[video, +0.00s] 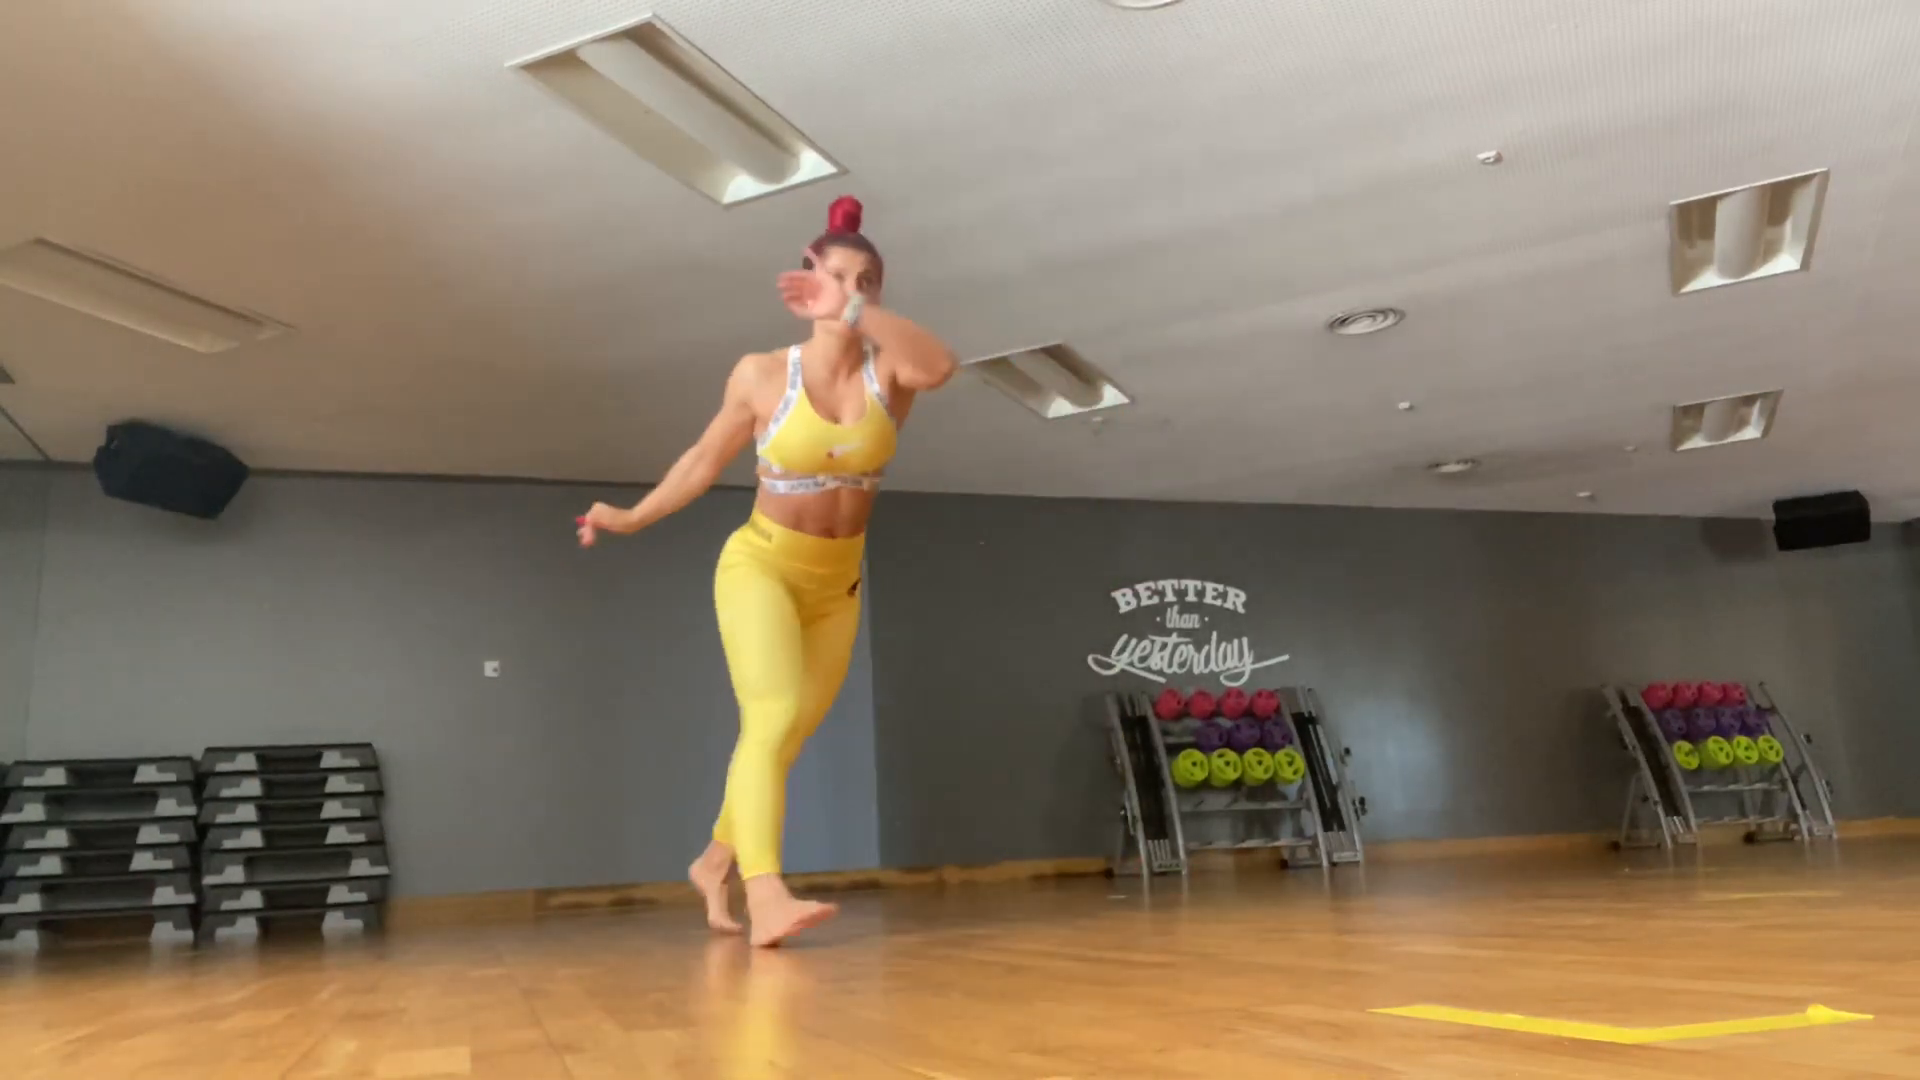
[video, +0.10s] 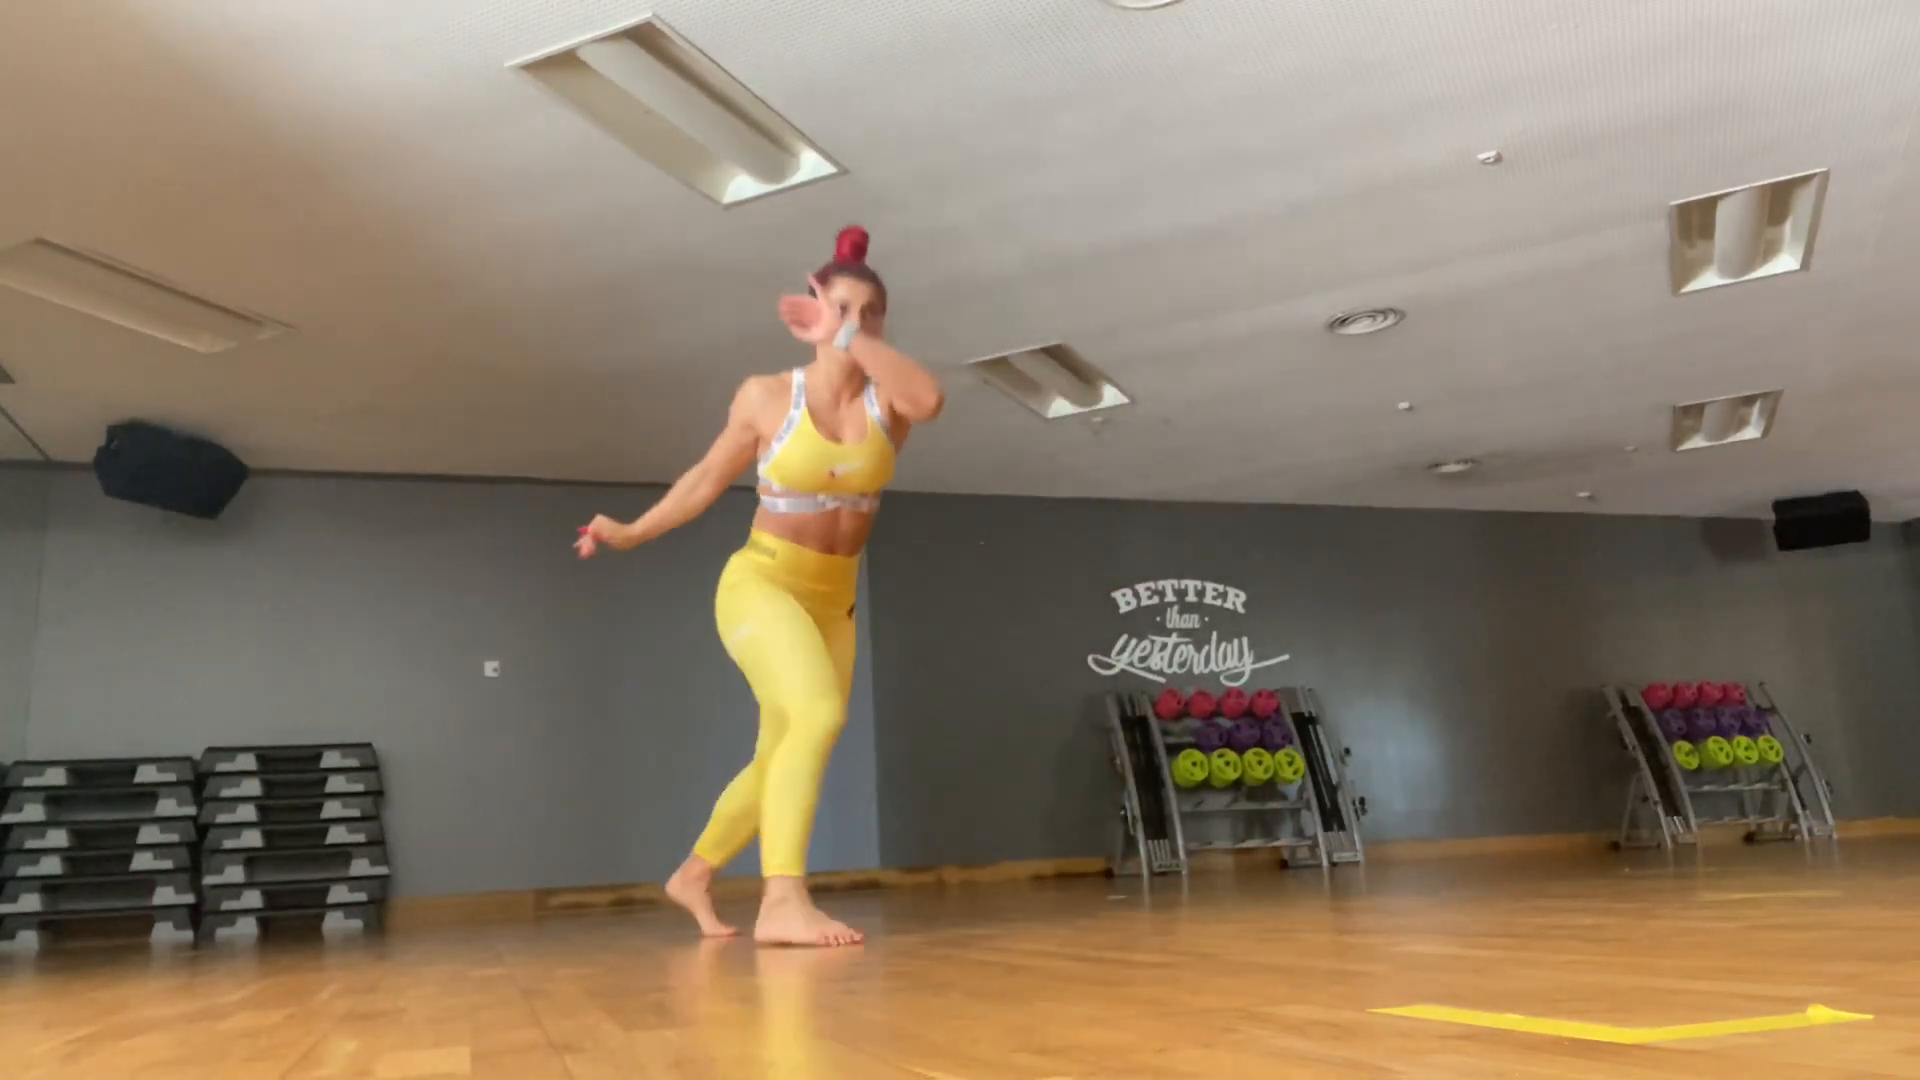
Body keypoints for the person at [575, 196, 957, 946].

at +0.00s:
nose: (845, 290)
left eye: (859, 279)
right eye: (832, 274)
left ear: (874, 294)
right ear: (805, 284)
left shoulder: (889, 374)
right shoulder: (762, 375)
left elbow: (935, 365)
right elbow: (701, 463)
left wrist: (852, 308)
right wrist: (633, 517)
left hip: (838, 582)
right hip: (761, 563)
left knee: (790, 735)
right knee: (770, 716)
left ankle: (714, 862)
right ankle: (767, 894)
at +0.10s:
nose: (859, 324)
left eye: (869, 314)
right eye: (846, 309)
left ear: (877, 323)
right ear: (812, 313)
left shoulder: (887, 402)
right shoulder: (767, 397)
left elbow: (924, 397)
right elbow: (703, 483)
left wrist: (842, 333)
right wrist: (632, 532)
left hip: (833, 601)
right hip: (761, 583)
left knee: (781, 753)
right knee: (818, 714)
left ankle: (693, 875)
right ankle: (783, 903)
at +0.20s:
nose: (873, 351)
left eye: (885, 339)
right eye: (859, 335)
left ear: (897, 351)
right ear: (828, 346)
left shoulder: (902, 426)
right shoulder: (786, 424)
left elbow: (946, 428)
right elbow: (714, 507)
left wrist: (866, 366)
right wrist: (646, 544)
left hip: (847, 626)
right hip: (775, 609)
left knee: (785, 782)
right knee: (850, 695)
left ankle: (684, 884)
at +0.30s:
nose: (889, 335)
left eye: (904, 322)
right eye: (874, 320)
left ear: (917, 335)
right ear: (847, 336)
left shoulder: (933, 408)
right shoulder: (811, 413)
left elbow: (977, 413)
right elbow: (738, 497)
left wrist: (896, 362)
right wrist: (686, 513)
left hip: (882, 618)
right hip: (809, 600)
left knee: (800, 770)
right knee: (880, 709)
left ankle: (701, 872)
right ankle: (953, 884)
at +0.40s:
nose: (928, 319)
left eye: (942, 304)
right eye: (913, 304)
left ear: (959, 315)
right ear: (887, 317)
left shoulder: (986, 384)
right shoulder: (860, 402)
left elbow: (1052, 416)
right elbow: (787, 495)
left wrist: (980, 373)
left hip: (950, 595)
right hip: (875, 579)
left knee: (881, 755)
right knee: (927, 705)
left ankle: (783, 855)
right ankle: (966, 895)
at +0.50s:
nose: (973, 318)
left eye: (986, 305)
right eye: (958, 304)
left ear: (997, 318)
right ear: (926, 316)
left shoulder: (1018, 389)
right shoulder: (897, 400)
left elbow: (1102, 433)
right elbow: (861, 483)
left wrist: (1035, 385)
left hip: (987, 592)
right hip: (910, 579)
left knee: (983, 752)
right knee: (943, 704)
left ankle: (874, 840)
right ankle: (965, 895)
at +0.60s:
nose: (1022, 326)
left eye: (1033, 313)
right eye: (1005, 311)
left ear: (1046, 324)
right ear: (971, 325)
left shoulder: (1059, 400)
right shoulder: (934, 408)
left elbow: (1152, 455)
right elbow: (953, 469)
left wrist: (1105, 401)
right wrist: (1029, 389)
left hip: (1018, 594)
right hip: (938, 580)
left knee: (1067, 736)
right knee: (960, 700)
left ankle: (997, 850)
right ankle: (965, 892)